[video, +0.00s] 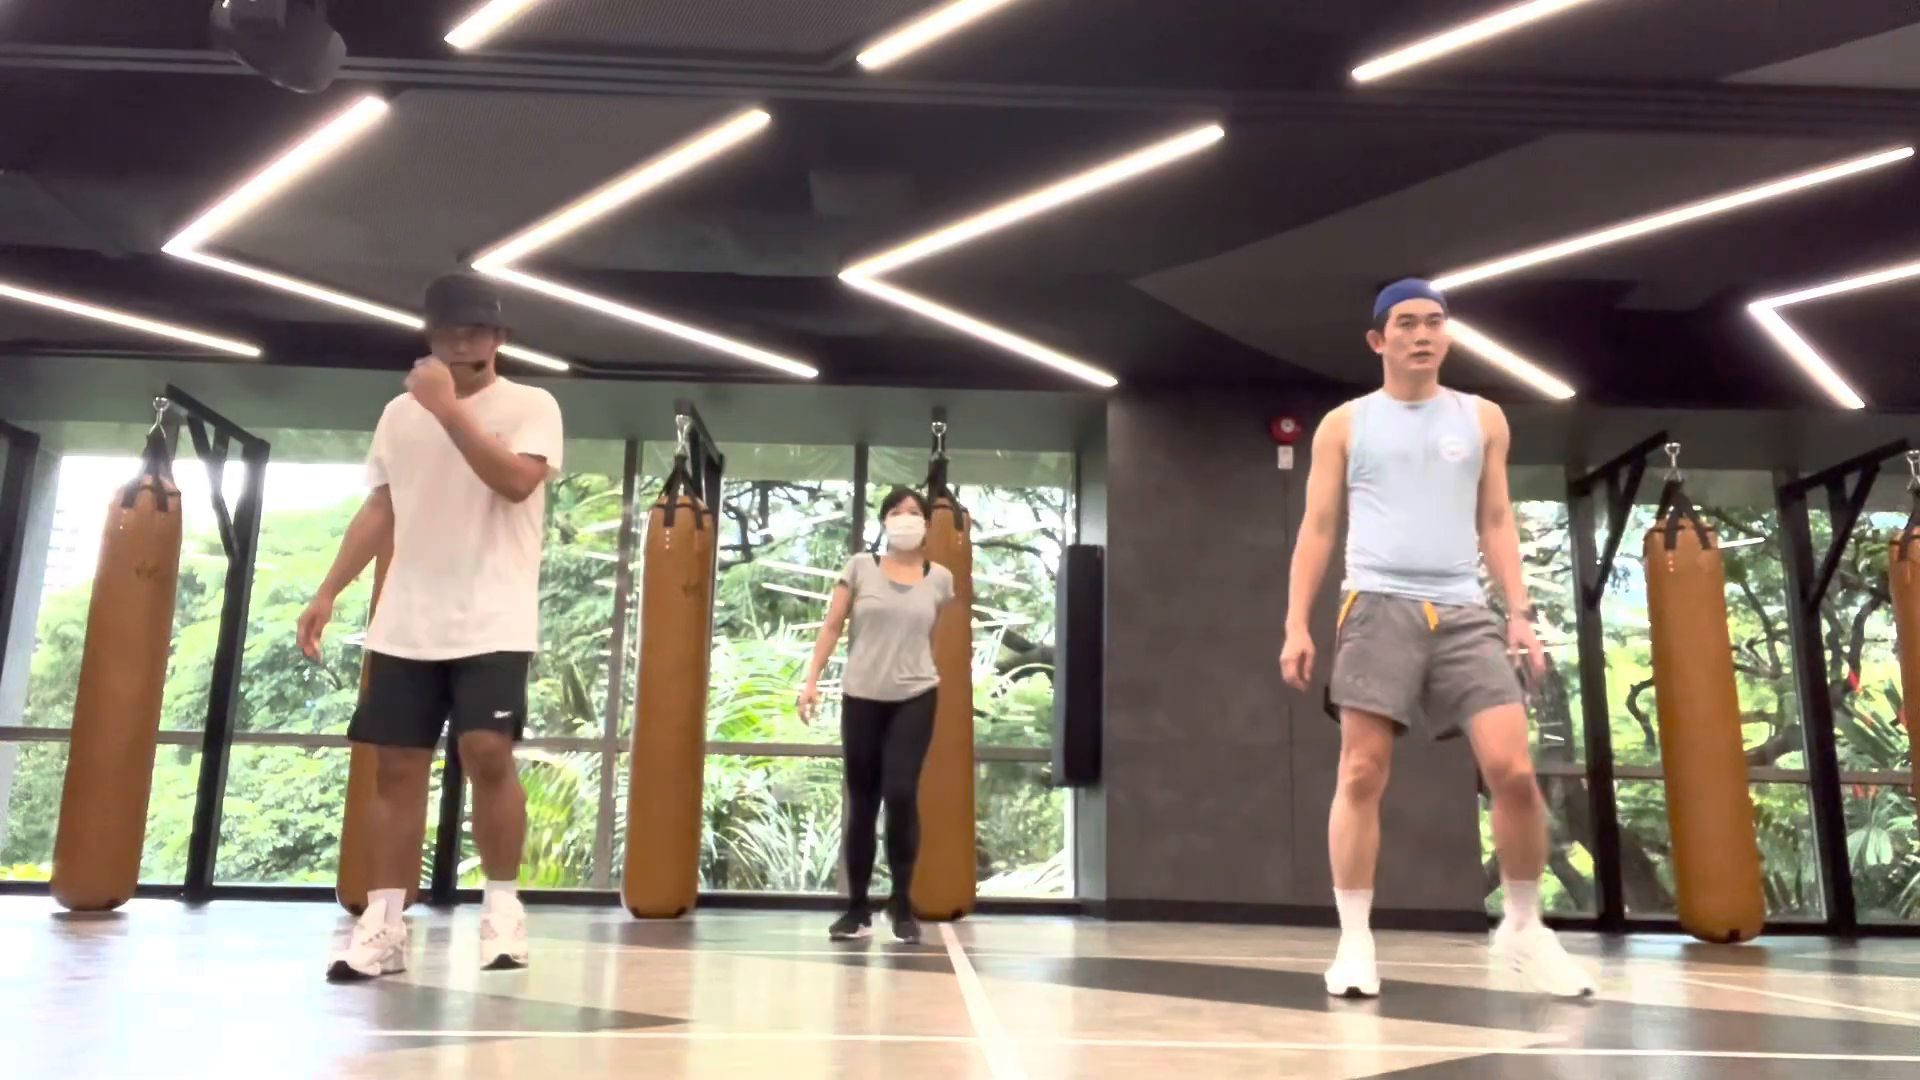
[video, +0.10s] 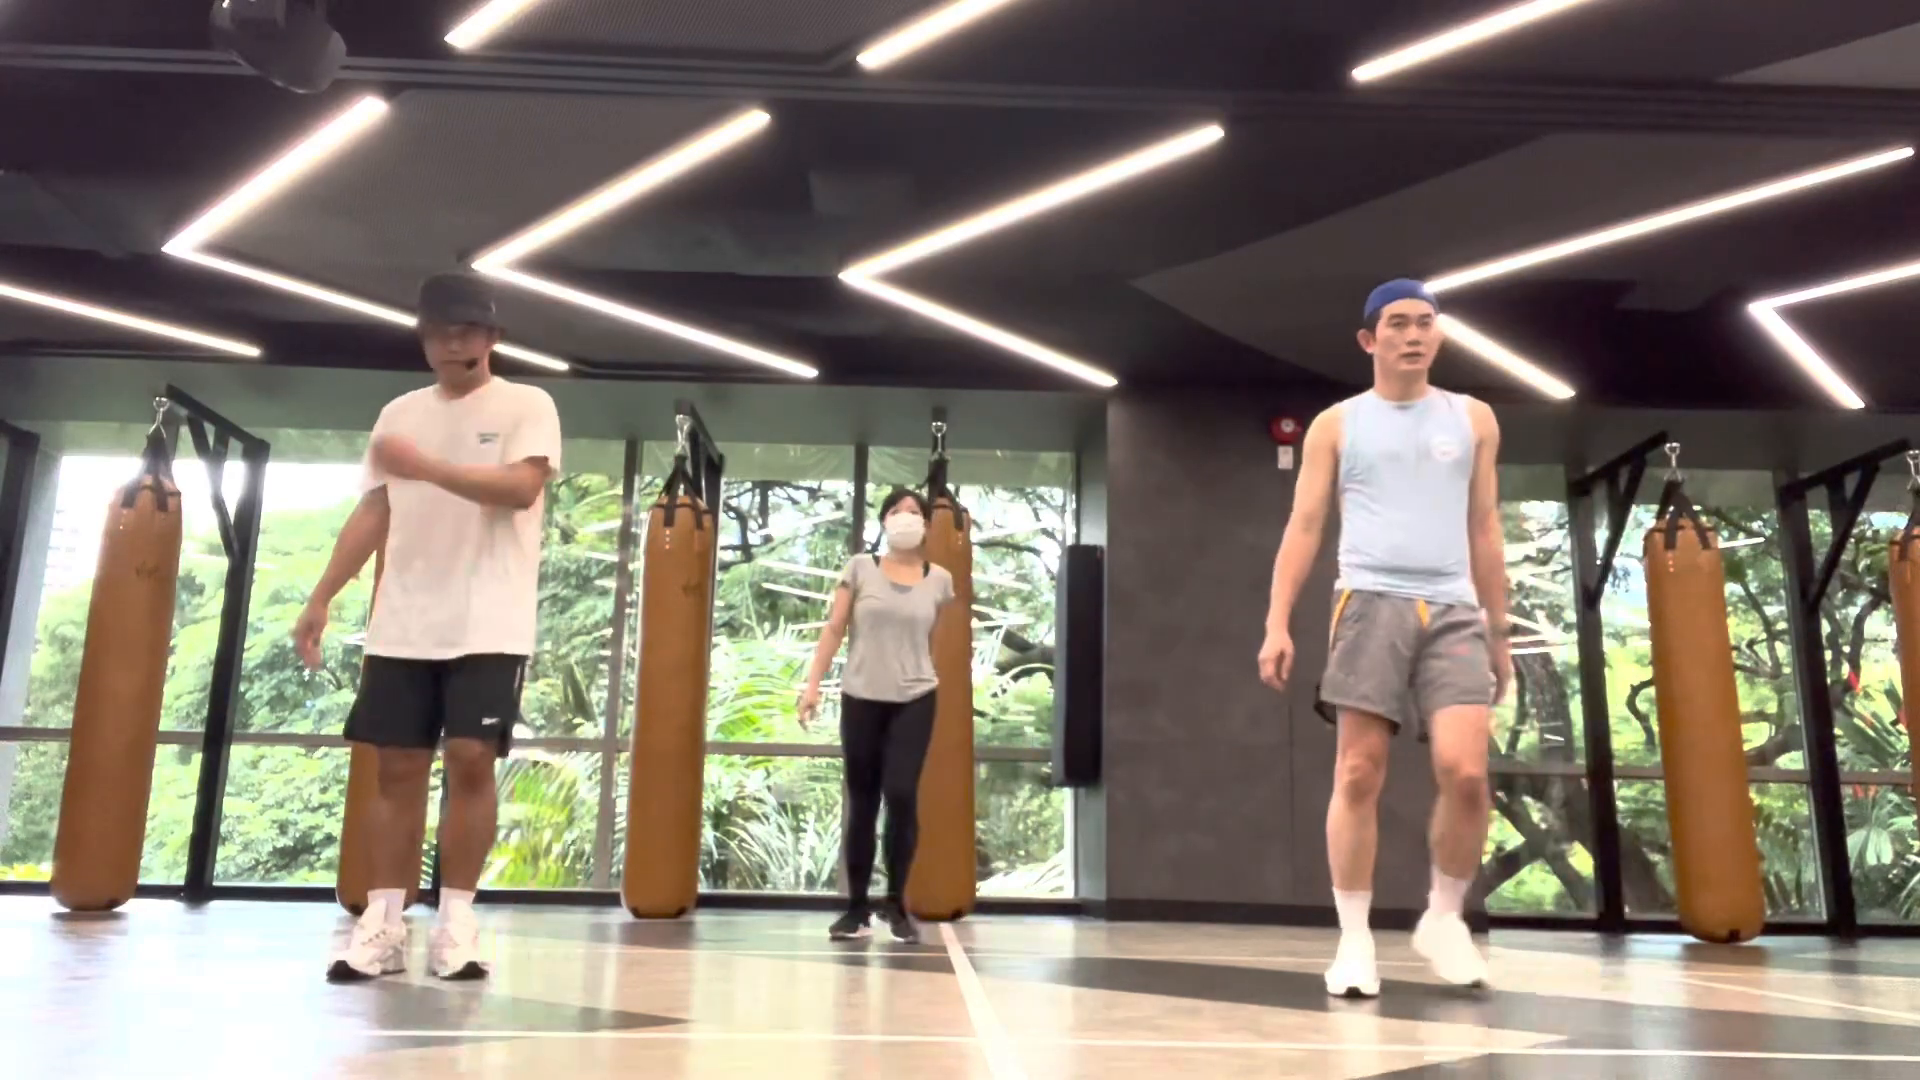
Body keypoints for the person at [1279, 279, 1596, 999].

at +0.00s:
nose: (1421, 334)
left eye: (1432, 323)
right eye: (1407, 323)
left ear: (1448, 337)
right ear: (1378, 340)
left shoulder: (1484, 420)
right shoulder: (1343, 425)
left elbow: (1497, 522)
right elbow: (1318, 526)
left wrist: (1520, 611)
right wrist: (1297, 621)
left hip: (1467, 617)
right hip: (1378, 615)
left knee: (1516, 774)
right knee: (1361, 772)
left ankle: (1522, 932)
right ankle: (1354, 945)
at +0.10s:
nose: (1414, 333)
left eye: (1424, 323)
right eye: (1399, 323)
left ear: (1440, 337)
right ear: (1369, 340)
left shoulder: (1474, 421)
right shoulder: (1335, 425)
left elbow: (1485, 533)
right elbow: (1304, 526)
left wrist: (1497, 633)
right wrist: (1278, 621)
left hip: (1455, 613)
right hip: (1370, 610)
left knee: (1468, 774)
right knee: (1359, 773)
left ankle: (1442, 922)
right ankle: (1354, 943)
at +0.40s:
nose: (1431, 329)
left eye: (1442, 319)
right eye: (1416, 318)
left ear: (1453, 335)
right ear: (1383, 332)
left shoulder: (1477, 419)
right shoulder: (1344, 416)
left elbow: (1482, 527)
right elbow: (1316, 518)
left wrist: (1489, 618)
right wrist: (1306, 613)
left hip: (1465, 613)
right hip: (1377, 613)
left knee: (1514, 758)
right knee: (1361, 776)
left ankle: (1482, 924)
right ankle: (1355, 945)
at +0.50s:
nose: (1453, 331)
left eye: (1462, 321)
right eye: (1438, 319)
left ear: (1471, 336)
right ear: (1402, 332)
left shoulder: (1492, 421)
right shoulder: (1360, 416)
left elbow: (1492, 526)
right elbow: (1332, 516)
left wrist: (1502, 615)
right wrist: (1336, 610)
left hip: (1483, 616)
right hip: (1395, 615)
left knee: (1543, 767)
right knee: (1370, 777)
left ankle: (1567, 946)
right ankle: (1355, 947)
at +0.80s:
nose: (1526, 329)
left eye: (1536, 317)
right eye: (1510, 318)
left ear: (1549, 331)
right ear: (1479, 332)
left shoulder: (1572, 416)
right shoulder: (1445, 414)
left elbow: (1581, 518)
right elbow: (1417, 518)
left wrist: (1596, 603)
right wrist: (1417, 614)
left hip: (1574, 613)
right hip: (1486, 614)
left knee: (1603, 775)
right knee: (1453, 769)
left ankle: (1613, 962)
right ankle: (1396, 930)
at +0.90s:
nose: (1540, 324)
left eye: (1549, 314)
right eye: (1523, 313)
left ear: (1561, 330)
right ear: (1490, 330)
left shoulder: (1590, 414)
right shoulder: (1458, 412)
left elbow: (1605, 514)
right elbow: (1430, 516)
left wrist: (1624, 601)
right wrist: (1429, 615)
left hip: (1592, 608)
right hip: (1506, 605)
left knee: (1607, 776)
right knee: (1509, 765)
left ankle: (1615, 959)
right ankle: (1459, 925)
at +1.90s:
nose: (1451, 349)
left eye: (1462, 336)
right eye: (1436, 336)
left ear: (1475, 342)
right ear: (1406, 345)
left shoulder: (1502, 421)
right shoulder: (1365, 425)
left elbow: (1516, 532)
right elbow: (1338, 528)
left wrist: (1535, 630)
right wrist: (1319, 625)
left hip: (1486, 617)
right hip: (1401, 614)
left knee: (1523, 774)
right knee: (1394, 778)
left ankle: (1529, 944)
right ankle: (1397, 946)